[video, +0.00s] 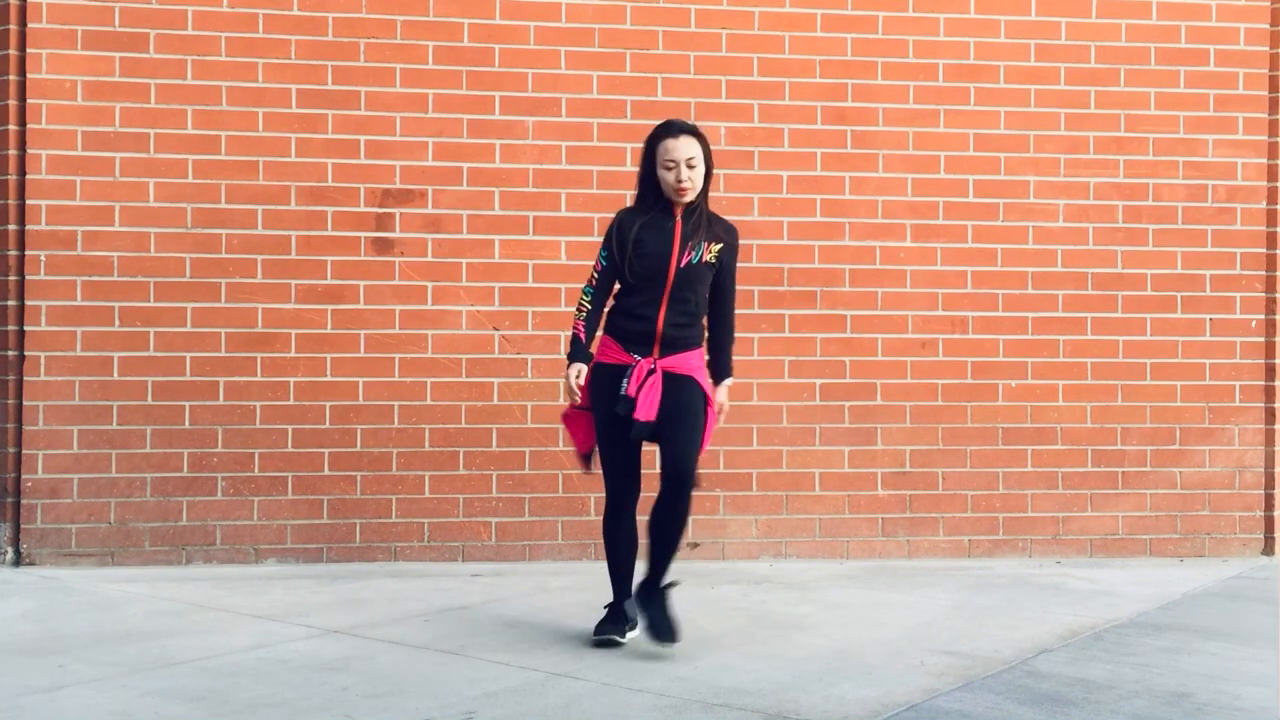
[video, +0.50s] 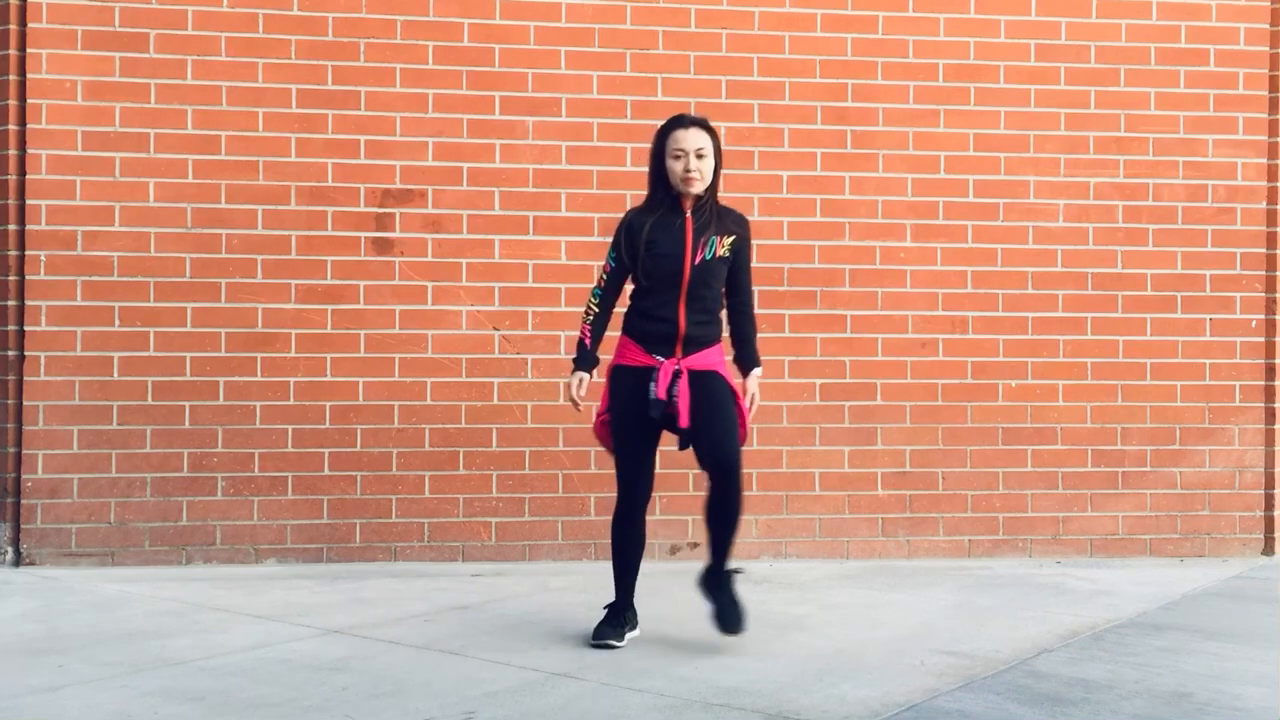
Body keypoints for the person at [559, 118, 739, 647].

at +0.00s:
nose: (681, 174)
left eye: (691, 163)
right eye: (670, 165)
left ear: (706, 168)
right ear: (653, 171)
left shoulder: (720, 235)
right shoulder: (628, 224)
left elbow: (722, 312)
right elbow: (595, 293)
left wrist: (722, 375)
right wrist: (578, 353)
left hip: (684, 367)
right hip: (619, 364)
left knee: (680, 477)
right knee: (622, 490)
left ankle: (653, 589)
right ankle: (619, 603)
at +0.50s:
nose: (691, 165)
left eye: (701, 155)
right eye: (679, 156)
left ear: (716, 162)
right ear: (663, 163)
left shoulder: (732, 227)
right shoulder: (638, 223)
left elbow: (740, 302)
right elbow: (606, 292)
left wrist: (749, 365)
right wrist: (584, 359)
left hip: (706, 367)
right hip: (639, 366)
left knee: (727, 467)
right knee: (632, 492)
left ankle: (716, 573)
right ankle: (622, 605)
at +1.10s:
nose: (715, 179)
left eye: (724, 168)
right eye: (703, 170)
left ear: (741, 173)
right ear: (687, 178)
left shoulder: (765, 229)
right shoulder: (673, 245)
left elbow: (784, 301)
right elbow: (662, 323)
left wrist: (803, 363)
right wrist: (661, 391)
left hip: (777, 378)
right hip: (715, 383)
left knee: (767, 504)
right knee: (760, 502)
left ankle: (747, 610)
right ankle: (796, 629)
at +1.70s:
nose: (684, 171)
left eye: (693, 160)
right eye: (672, 162)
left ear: (710, 168)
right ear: (656, 171)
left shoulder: (722, 241)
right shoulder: (631, 226)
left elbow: (732, 309)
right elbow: (593, 288)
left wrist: (744, 366)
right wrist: (586, 337)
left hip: (677, 378)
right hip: (614, 374)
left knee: (700, 495)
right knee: (601, 496)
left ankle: (737, 597)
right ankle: (597, 605)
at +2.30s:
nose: (655, 165)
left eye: (665, 156)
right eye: (644, 156)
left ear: (680, 166)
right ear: (628, 166)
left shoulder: (696, 235)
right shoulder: (601, 223)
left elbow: (719, 310)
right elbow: (558, 285)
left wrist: (676, 338)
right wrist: (609, 293)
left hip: (657, 368)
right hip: (594, 365)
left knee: (650, 453)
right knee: (589, 485)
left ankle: (623, 570)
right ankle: (597, 601)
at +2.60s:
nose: (691, 175)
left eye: (699, 165)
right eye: (678, 166)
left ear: (710, 168)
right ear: (658, 171)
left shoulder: (729, 226)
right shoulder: (639, 231)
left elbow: (770, 270)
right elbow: (597, 285)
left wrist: (794, 305)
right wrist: (588, 314)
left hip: (719, 378)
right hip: (653, 376)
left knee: (740, 499)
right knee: (632, 495)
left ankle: (746, 613)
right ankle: (600, 604)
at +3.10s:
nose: (730, 179)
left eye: (738, 168)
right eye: (717, 170)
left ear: (750, 170)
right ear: (697, 175)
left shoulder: (770, 228)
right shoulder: (678, 237)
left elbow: (787, 305)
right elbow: (696, 304)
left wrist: (762, 346)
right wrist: (754, 308)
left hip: (771, 373)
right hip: (712, 378)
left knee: (776, 502)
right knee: (750, 499)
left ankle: (750, 611)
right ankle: (794, 624)